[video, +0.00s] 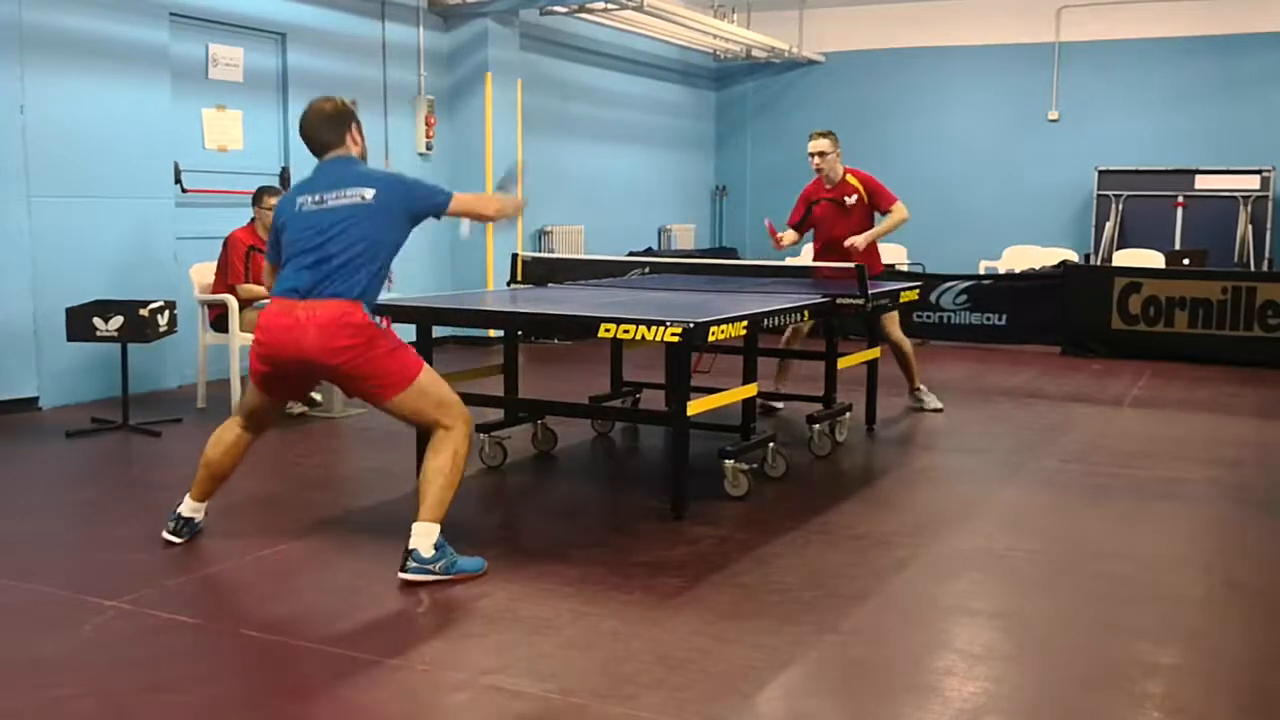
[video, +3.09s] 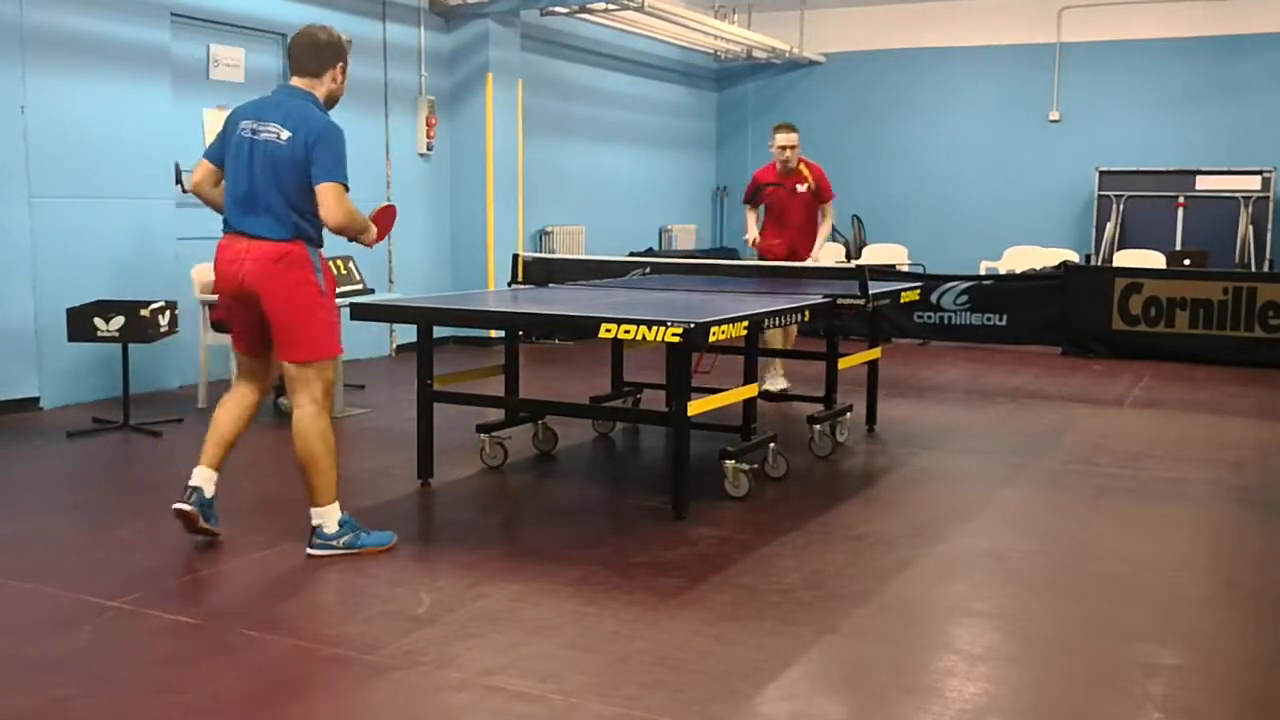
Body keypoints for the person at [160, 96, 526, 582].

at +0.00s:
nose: (364, 138)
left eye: (358, 130)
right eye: (362, 130)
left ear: (312, 147)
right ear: (355, 135)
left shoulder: (290, 201)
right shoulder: (390, 187)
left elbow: (273, 278)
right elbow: (488, 207)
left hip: (278, 328)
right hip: (345, 329)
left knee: (246, 422)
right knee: (452, 420)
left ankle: (187, 513)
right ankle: (425, 547)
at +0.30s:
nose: (317, 102)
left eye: (313, 93)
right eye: (316, 94)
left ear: (263, 102)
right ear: (307, 98)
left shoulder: (237, 161)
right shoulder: (321, 152)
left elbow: (218, 238)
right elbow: (399, 216)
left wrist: (268, 249)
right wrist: (477, 243)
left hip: (239, 304)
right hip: (306, 304)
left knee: (224, 409)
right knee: (391, 415)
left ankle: (178, 521)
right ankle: (418, 549)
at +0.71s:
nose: (317, 84)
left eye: (312, 75)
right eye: (315, 75)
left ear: (260, 82)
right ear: (307, 77)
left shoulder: (229, 140)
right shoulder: (312, 131)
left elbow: (187, 224)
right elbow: (366, 203)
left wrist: (200, 290)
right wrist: (419, 238)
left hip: (223, 286)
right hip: (286, 285)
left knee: (222, 407)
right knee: (354, 412)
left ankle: (182, 522)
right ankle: (335, 554)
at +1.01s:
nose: (293, 85)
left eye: (289, 77)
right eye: (292, 77)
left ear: (237, 82)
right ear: (282, 78)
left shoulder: (201, 140)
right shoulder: (289, 127)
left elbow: (171, 223)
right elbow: (319, 204)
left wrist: (173, 296)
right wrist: (356, 258)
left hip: (200, 280)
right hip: (258, 278)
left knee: (228, 402)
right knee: (324, 409)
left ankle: (190, 522)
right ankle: (332, 554)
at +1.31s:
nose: (261, 80)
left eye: (258, 70)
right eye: (260, 70)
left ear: (208, 72)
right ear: (247, 70)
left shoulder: (172, 127)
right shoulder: (244, 116)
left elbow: (146, 213)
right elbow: (253, 192)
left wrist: (148, 288)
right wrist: (292, 249)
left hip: (165, 270)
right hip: (214, 265)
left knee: (208, 398)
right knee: (267, 401)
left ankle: (189, 521)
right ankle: (259, 545)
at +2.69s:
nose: (290, 89)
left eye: (291, 78)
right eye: (289, 77)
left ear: (238, 70)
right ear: (266, 70)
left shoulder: (182, 119)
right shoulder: (246, 118)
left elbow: (149, 197)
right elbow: (247, 204)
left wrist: (204, 223)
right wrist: (293, 227)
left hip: (174, 267)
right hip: (227, 270)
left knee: (179, 400)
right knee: (279, 403)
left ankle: (166, 535)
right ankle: (323, 524)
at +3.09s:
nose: (345, 82)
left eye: (345, 73)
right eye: (346, 73)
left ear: (292, 68)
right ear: (334, 73)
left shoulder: (243, 113)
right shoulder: (322, 127)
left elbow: (203, 182)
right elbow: (335, 213)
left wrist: (248, 211)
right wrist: (367, 231)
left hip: (232, 261)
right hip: (290, 266)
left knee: (250, 381)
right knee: (311, 393)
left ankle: (200, 488)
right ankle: (329, 525)